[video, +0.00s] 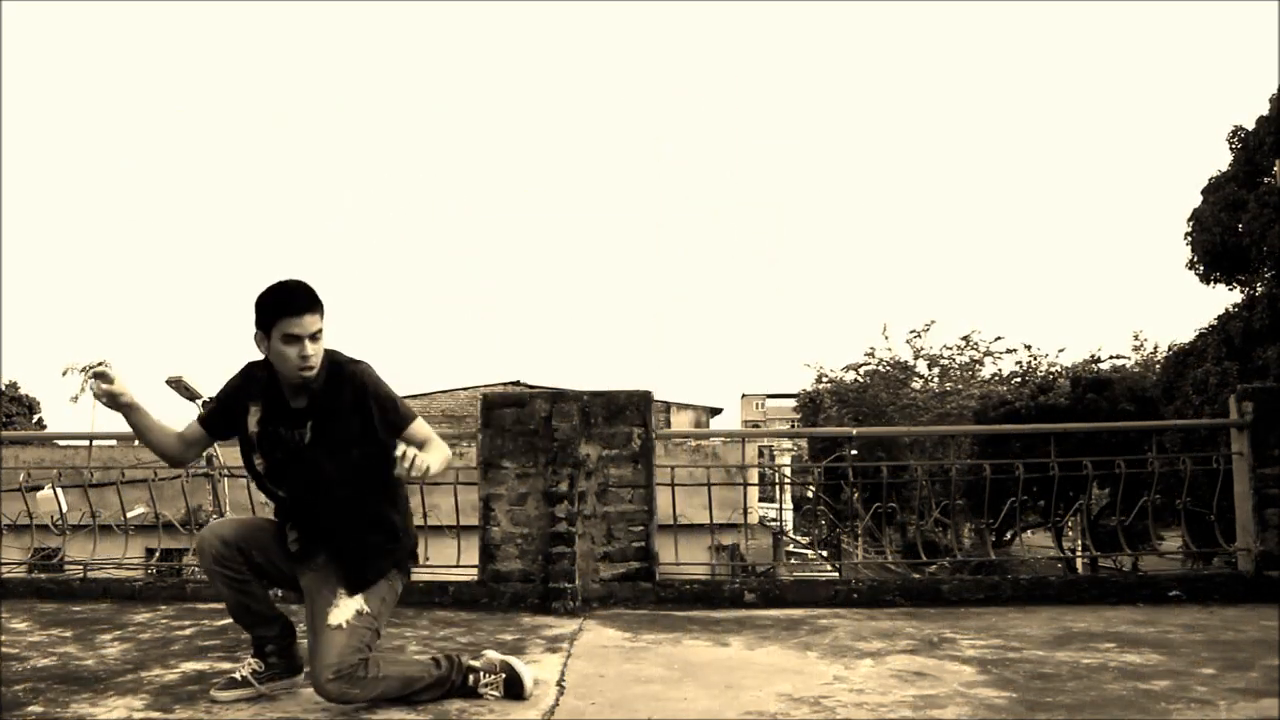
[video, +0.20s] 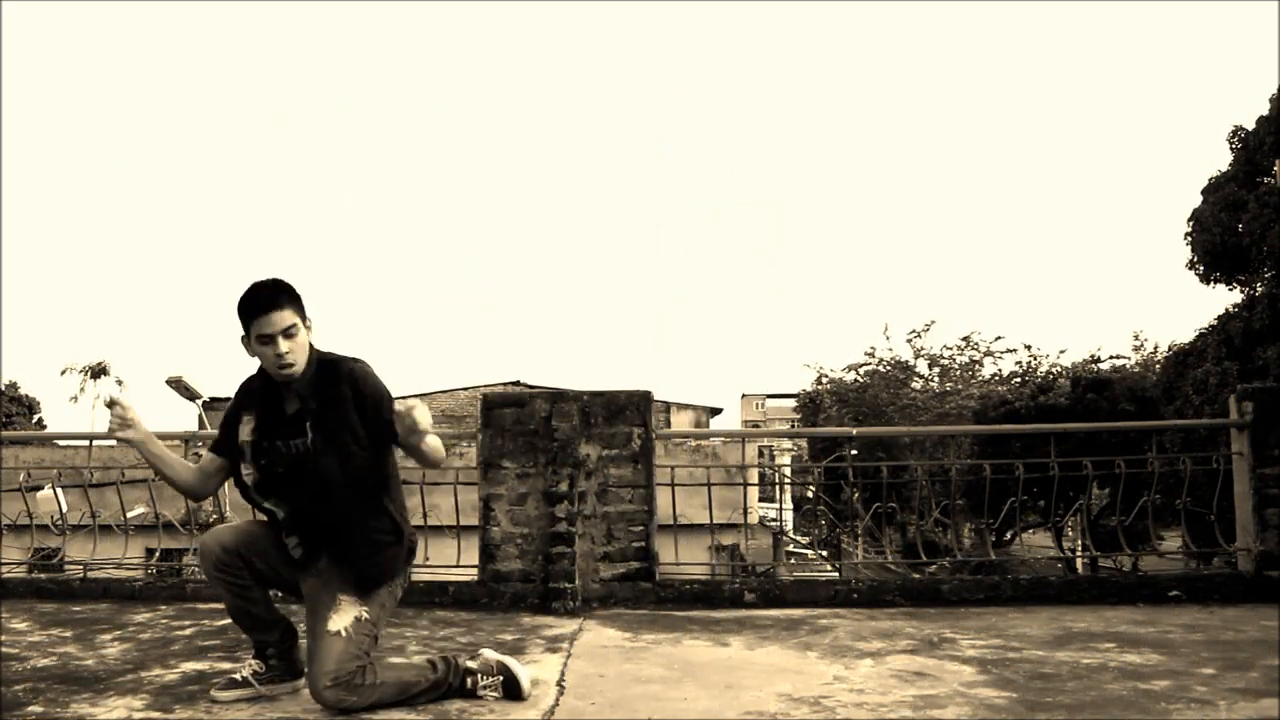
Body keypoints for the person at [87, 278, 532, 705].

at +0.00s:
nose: (307, 352)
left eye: (315, 338)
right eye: (292, 341)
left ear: (324, 332)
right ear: (264, 341)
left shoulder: (354, 380)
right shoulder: (251, 386)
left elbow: (436, 448)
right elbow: (179, 450)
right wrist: (127, 404)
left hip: (366, 559)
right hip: (301, 545)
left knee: (338, 682)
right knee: (218, 542)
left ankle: (467, 675)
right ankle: (278, 659)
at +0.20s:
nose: (281, 349)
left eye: (290, 333)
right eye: (266, 340)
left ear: (308, 327)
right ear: (249, 344)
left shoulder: (349, 379)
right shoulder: (250, 400)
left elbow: (437, 460)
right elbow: (199, 484)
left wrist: (419, 435)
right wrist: (140, 437)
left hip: (362, 557)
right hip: (300, 544)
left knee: (335, 690)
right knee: (218, 549)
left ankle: (462, 675)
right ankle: (280, 662)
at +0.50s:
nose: (324, 295)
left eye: (334, 281)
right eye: (313, 286)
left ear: (362, 271)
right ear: (303, 283)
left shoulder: (404, 305)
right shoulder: (295, 335)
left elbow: (475, 288)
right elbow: (198, 327)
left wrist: (409, 231)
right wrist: (144, 268)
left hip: (451, 497)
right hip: (377, 514)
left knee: (503, 541)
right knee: (360, 611)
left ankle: (490, 655)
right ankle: (292, 677)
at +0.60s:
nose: (363, 314)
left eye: (374, 300)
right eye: (354, 303)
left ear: (403, 294)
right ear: (346, 303)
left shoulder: (438, 334)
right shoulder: (334, 359)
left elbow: (509, 334)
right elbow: (228, 369)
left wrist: (446, 275)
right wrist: (181, 319)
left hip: (475, 532)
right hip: (411, 555)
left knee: (544, 543)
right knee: (424, 684)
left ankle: (523, 661)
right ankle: (310, 679)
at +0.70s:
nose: (398, 346)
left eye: (410, 332)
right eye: (386, 336)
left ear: (436, 332)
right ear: (376, 342)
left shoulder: (467, 378)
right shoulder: (361, 400)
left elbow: (540, 397)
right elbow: (264, 443)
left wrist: (486, 330)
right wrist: (214, 392)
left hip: (482, 559)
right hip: (419, 580)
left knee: (545, 549)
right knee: (424, 699)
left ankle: (523, 662)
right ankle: (308, 680)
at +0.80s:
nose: (420, 370)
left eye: (430, 354)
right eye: (407, 357)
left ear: (453, 349)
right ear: (392, 358)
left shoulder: (482, 396)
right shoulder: (374, 415)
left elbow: (558, 404)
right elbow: (281, 455)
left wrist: (506, 334)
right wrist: (231, 407)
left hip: (472, 572)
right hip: (410, 590)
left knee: (519, 562)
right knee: (404, 691)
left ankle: (520, 663)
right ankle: (301, 679)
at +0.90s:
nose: (419, 348)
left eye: (429, 335)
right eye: (405, 337)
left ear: (447, 333)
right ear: (388, 339)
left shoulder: (477, 379)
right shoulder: (363, 385)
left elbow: (541, 362)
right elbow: (264, 376)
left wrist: (505, 294)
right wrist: (206, 341)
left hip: (453, 563)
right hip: (377, 559)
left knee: (470, 606)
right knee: (323, 593)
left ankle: (511, 673)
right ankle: (298, 670)